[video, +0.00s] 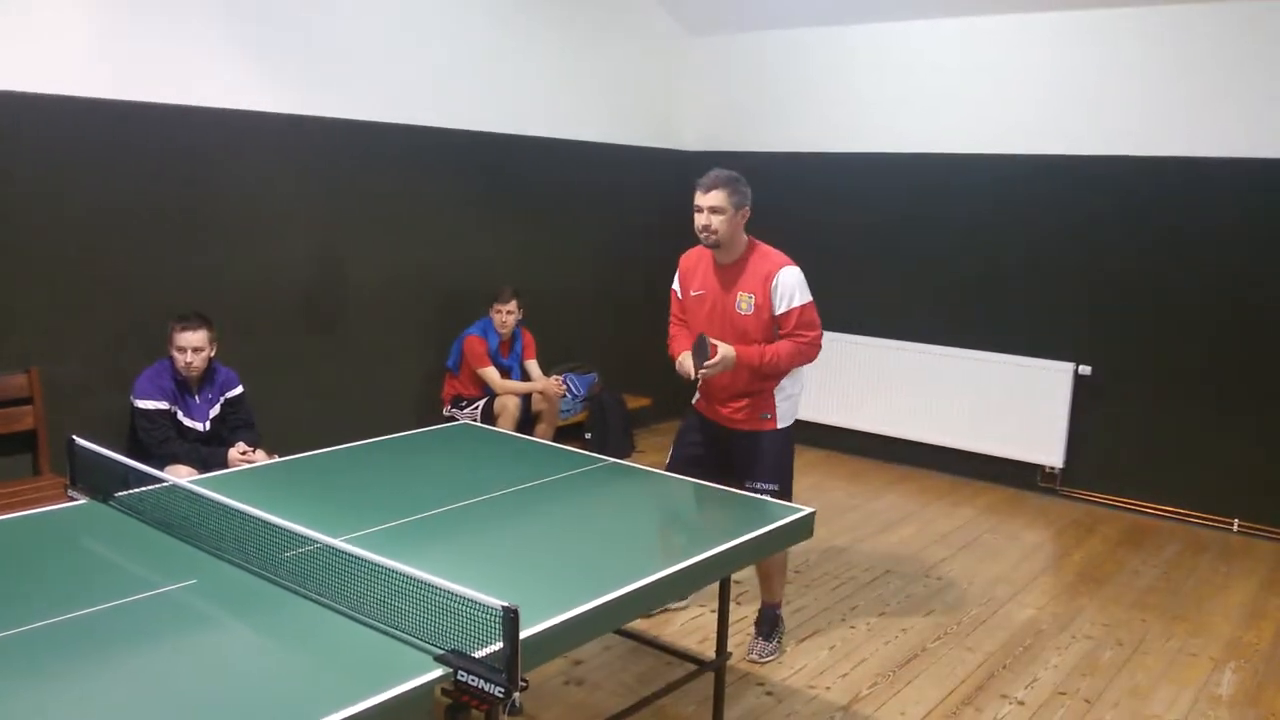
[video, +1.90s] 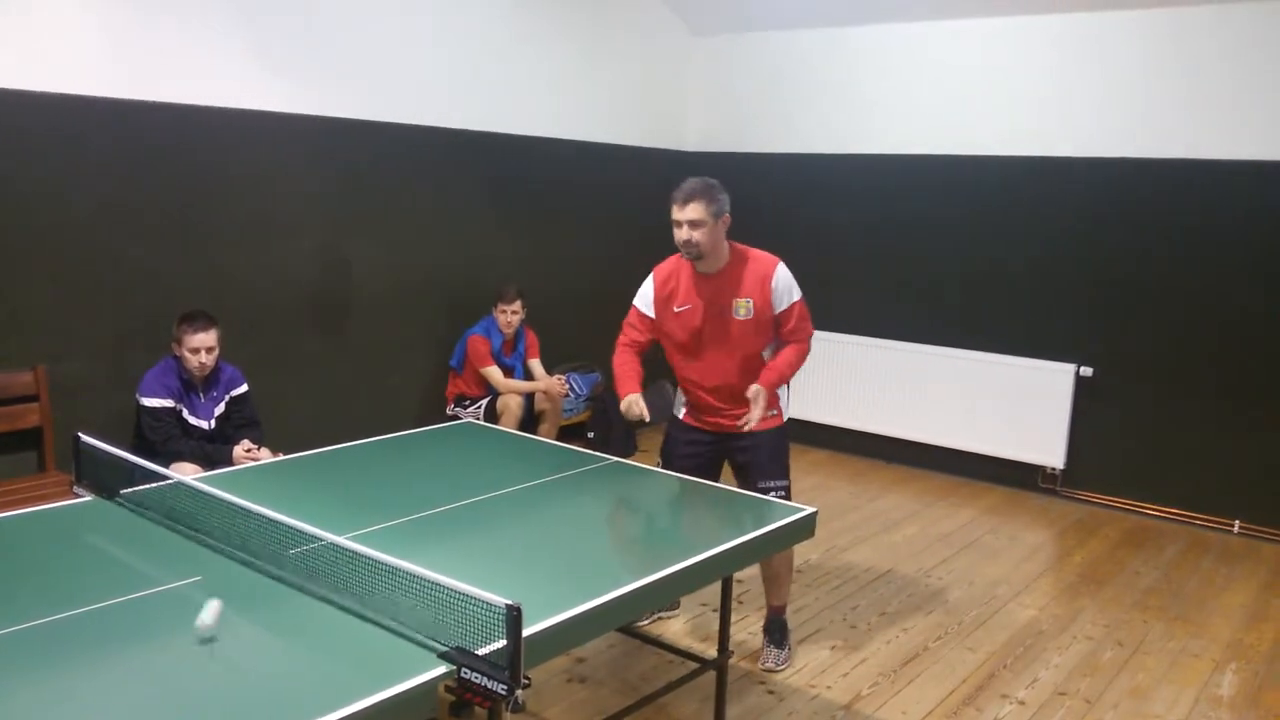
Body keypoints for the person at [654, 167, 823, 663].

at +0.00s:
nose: (704, 221)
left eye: (715, 212)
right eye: (698, 211)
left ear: (744, 215)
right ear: (694, 213)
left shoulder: (779, 273)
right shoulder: (691, 263)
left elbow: (807, 343)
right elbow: (678, 326)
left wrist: (739, 356)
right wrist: (684, 354)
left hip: (762, 423)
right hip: (704, 414)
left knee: (767, 523)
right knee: (674, 500)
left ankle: (769, 618)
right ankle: (674, 580)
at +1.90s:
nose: (684, 235)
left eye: (695, 225)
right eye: (678, 225)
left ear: (724, 223)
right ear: (671, 226)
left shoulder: (767, 273)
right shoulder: (662, 280)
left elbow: (799, 336)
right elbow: (628, 344)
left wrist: (766, 383)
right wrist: (629, 390)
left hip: (758, 423)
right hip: (694, 419)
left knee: (774, 522)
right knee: (667, 509)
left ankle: (776, 625)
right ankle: (664, 590)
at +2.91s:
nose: (623, 248)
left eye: (628, 237)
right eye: (621, 238)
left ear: (661, 232)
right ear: (649, 237)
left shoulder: (723, 271)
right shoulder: (650, 294)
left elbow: (771, 326)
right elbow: (637, 360)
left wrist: (704, 354)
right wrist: (579, 394)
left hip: (743, 429)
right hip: (689, 425)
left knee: (741, 535)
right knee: (657, 513)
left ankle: (755, 640)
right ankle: (670, 600)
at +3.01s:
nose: (620, 236)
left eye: (627, 226)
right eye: (619, 227)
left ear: (659, 222)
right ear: (645, 226)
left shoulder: (724, 261)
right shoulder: (634, 285)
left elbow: (771, 321)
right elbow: (599, 338)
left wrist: (711, 339)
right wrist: (536, 360)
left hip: (742, 420)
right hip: (682, 418)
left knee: (747, 530)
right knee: (662, 512)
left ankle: (755, 638)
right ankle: (674, 594)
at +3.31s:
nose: (649, 217)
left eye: (659, 207)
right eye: (644, 209)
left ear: (688, 209)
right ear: (641, 215)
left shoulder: (733, 262)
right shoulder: (632, 269)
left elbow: (761, 326)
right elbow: (605, 341)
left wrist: (731, 339)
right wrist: (586, 329)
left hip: (723, 422)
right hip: (660, 421)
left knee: (739, 526)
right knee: (647, 515)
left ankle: (749, 634)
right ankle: (670, 595)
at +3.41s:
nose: (668, 210)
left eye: (678, 200)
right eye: (661, 202)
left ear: (703, 204)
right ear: (654, 208)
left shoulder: (741, 259)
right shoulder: (641, 268)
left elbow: (765, 324)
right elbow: (632, 335)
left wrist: (737, 344)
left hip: (722, 419)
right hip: (658, 422)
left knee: (741, 521)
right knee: (648, 514)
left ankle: (751, 626)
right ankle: (667, 596)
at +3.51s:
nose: (681, 204)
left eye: (692, 195)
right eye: (675, 196)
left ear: (716, 201)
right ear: (667, 202)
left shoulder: (750, 259)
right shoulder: (650, 264)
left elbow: (773, 326)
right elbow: (639, 335)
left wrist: (740, 354)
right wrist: (661, 385)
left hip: (726, 421)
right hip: (664, 420)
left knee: (741, 522)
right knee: (655, 512)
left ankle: (751, 623)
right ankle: (668, 594)